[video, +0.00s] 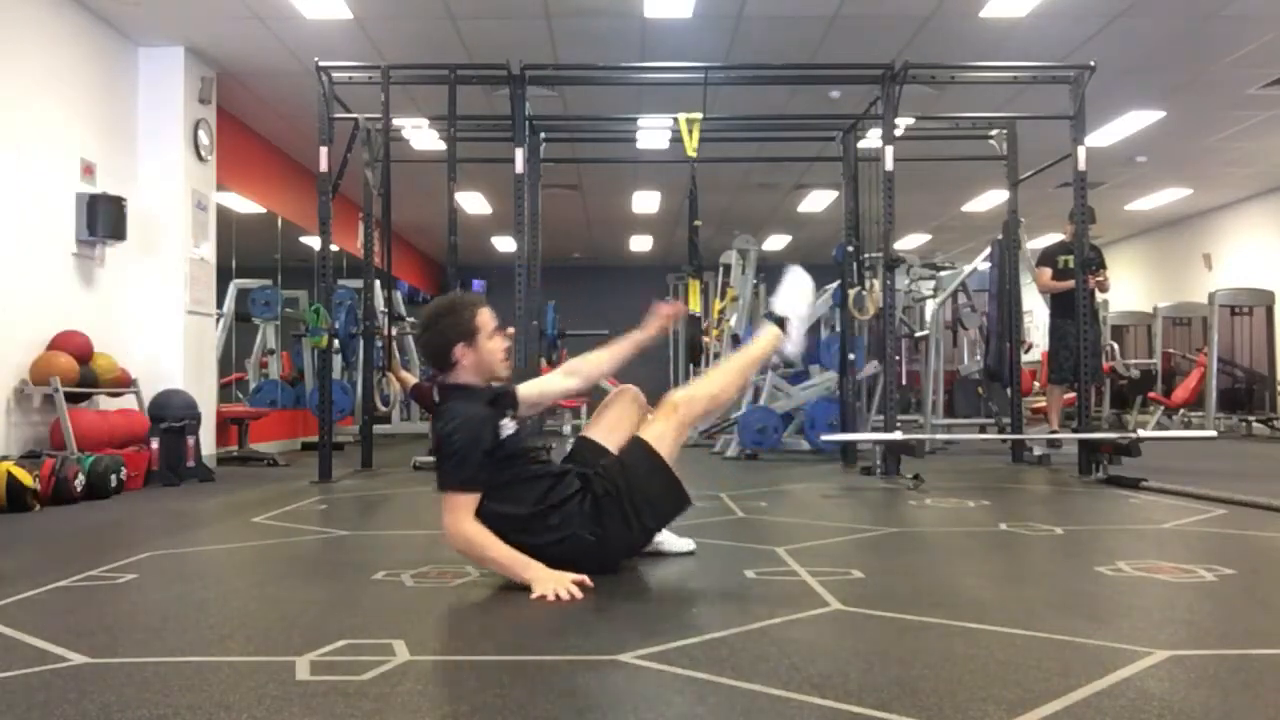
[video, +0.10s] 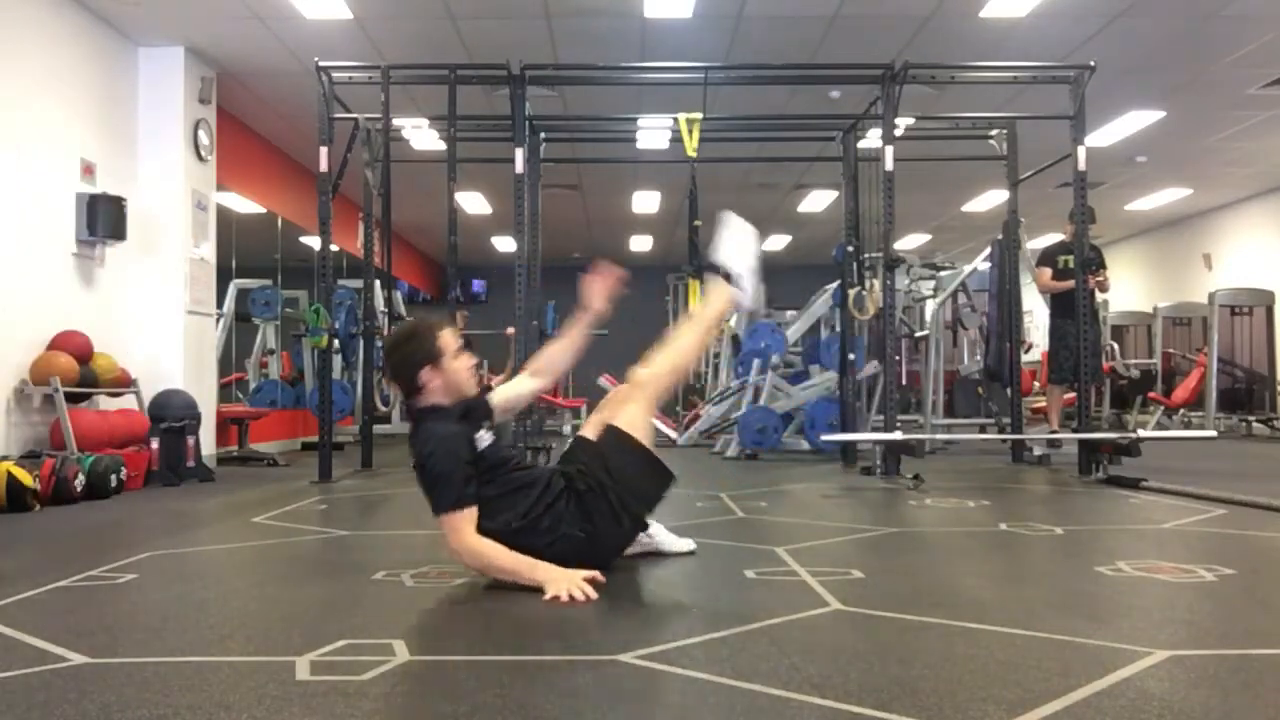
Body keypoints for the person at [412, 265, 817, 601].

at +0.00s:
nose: (508, 338)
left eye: (501, 330)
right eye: (495, 334)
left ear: (465, 355)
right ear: (461, 356)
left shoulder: (483, 398)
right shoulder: (463, 420)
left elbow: (566, 379)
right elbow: (457, 527)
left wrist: (645, 334)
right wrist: (536, 574)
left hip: (567, 499)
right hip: (589, 532)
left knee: (627, 395)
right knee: (678, 406)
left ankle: (637, 529)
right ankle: (780, 329)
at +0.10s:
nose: (473, 359)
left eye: (465, 349)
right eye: (460, 354)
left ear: (434, 378)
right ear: (429, 380)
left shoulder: (460, 413)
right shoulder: (438, 439)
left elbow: (536, 377)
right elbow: (462, 541)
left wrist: (589, 315)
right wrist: (546, 574)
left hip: (565, 506)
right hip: (579, 533)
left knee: (617, 402)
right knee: (640, 389)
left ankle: (628, 530)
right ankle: (726, 290)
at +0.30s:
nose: (410, 406)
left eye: (401, 398)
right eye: (393, 405)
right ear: (371, 441)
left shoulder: (419, 449)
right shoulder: (399, 486)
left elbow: (467, 396)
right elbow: (471, 562)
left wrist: (437, 320)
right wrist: (561, 561)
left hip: (564, 509)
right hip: (554, 531)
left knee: (593, 376)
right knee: (532, 361)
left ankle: (650, 482)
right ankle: (538, 221)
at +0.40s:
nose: (371, 435)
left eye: (361, 430)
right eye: (356, 437)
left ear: (368, 439)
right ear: (342, 477)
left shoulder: (396, 475)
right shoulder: (376, 514)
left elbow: (417, 402)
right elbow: (466, 570)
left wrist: (337, 369)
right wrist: (550, 534)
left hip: (556, 492)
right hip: (541, 517)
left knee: (521, 356)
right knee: (457, 379)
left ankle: (644, 399)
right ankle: (402, 241)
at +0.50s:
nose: (344, 459)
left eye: (336, 456)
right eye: (329, 463)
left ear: (344, 467)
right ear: (317, 500)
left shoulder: (375, 494)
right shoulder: (359, 536)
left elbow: (365, 418)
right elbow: (453, 572)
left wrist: (284, 437)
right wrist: (517, 501)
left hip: (536, 455)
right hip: (512, 481)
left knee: (458, 347)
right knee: (391, 386)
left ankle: (583, 309)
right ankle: (293, 272)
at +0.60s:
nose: (310, 458)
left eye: (300, 457)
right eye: (295, 469)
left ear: (324, 463)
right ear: (298, 516)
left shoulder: (357, 510)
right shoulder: (339, 546)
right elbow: (438, 566)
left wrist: (244, 524)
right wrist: (461, 474)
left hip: (497, 431)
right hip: (501, 456)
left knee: (392, 336)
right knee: (331, 401)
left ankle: (465, 230)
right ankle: (198, 305)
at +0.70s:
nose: (299, 476)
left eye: (288, 475)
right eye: (284, 488)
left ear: (307, 490)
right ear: (289, 524)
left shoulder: (348, 516)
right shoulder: (334, 551)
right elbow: (431, 564)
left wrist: (238, 536)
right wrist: (421, 467)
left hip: (474, 415)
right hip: (474, 442)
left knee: (352, 335)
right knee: (298, 403)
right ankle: (144, 324)